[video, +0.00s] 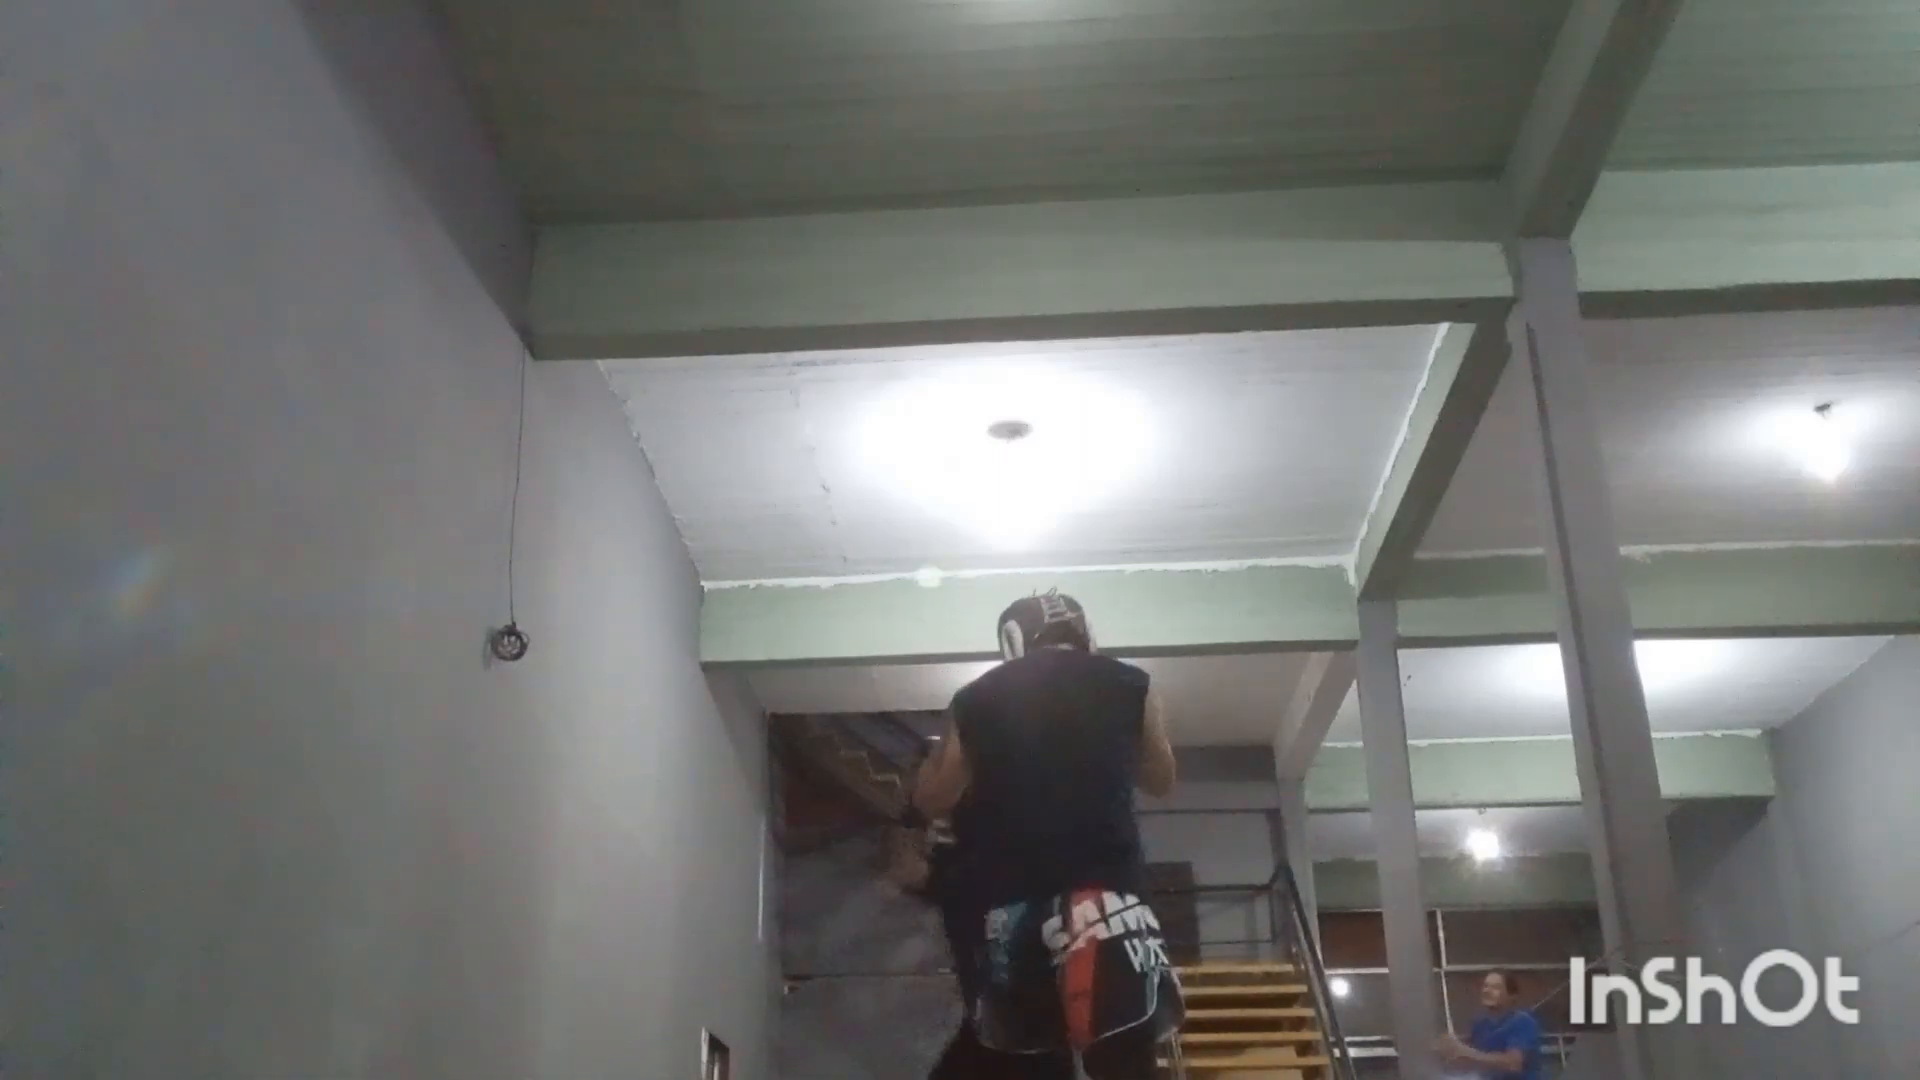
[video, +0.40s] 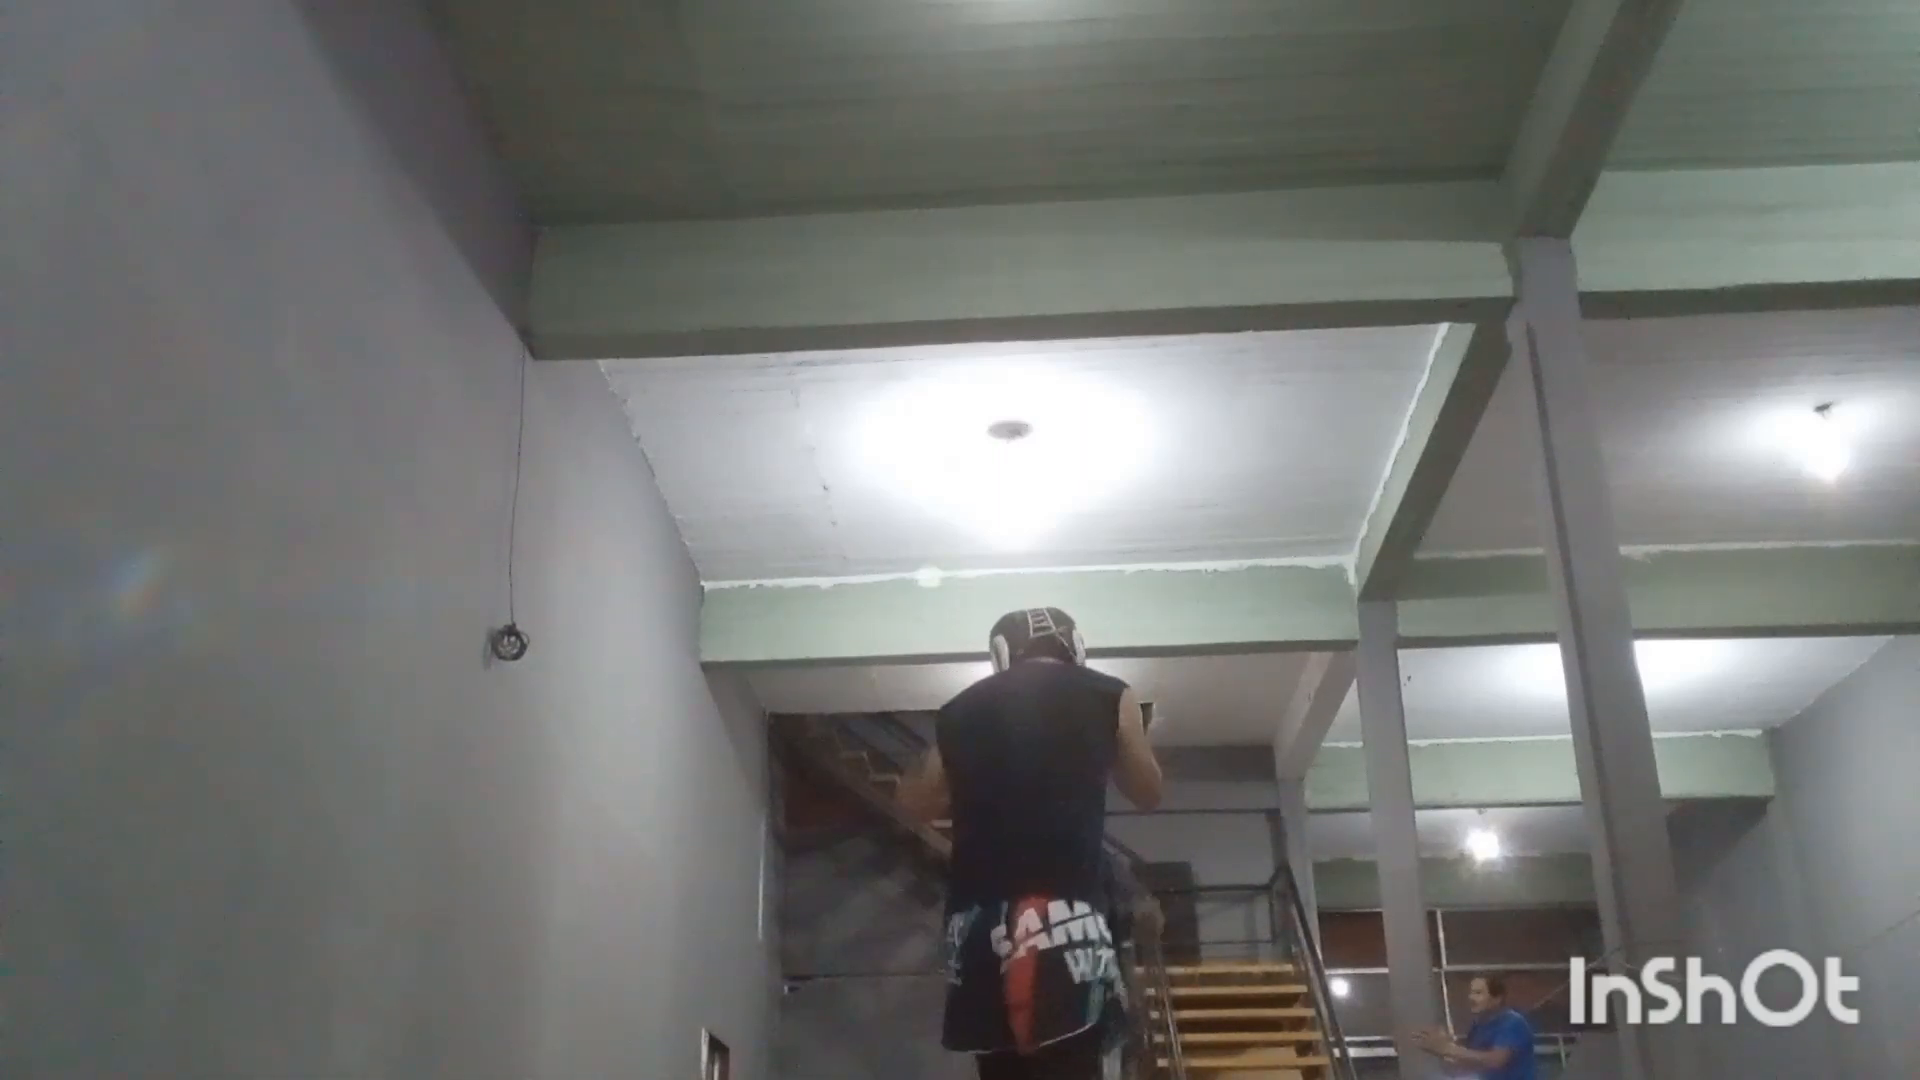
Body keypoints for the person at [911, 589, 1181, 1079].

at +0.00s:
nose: (1009, 648)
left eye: (1009, 641)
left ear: (1017, 642)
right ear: (1083, 636)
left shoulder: (977, 698)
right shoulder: (1127, 681)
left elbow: (934, 798)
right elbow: (1161, 779)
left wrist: (939, 757)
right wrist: (1106, 739)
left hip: (1012, 904)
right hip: (1112, 896)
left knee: (1029, 1059)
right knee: (1126, 1060)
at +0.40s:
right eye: (1080, 650)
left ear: (1005, 654)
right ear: (1072, 649)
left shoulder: (962, 709)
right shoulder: (1108, 694)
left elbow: (914, 800)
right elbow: (1148, 793)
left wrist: (981, 789)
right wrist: (1130, 735)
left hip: (980, 923)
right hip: (1073, 920)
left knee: (1000, 1067)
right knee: (1074, 1068)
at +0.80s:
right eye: (1069, 663)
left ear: (995, 671)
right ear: (1059, 660)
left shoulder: (962, 712)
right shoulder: (1091, 698)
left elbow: (947, 810)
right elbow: (1149, 784)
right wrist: (1117, 734)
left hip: (957, 912)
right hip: (1043, 907)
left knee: (988, 1062)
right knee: (1051, 1061)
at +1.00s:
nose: (1068, 665)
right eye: (1064, 658)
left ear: (990, 667)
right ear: (1056, 660)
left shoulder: (946, 723)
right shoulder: (1086, 707)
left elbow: (904, 825)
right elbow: (1146, 793)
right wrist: (1148, 769)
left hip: (948, 928)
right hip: (1029, 923)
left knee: (974, 1063)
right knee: (1031, 1063)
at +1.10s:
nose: (1067, 662)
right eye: (1064, 654)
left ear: (985, 664)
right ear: (1054, 656)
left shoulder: (939, 718)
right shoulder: (1078, 708)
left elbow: (889, 823)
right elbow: (1135, 808)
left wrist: (951, 808)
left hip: (942, 916)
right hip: (1026, 912)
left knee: (971, 1063)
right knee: (1030, 1064)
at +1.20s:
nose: (1050, 659)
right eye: (1048, 651)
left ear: (967, 662)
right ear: (1037, 652)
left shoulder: (925, 716)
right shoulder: (1066, 702)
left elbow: (888, 826)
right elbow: (1120, 809)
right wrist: (1094, 759)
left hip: (933, 911)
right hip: (1019, 908)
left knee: (966, 1063)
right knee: (1018, 1065)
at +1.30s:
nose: (1029, 669)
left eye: (1027, 663)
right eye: (1026, 661)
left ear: (953, 672)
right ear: (1012, 661)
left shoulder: (912, 726)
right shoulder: (1047, 701)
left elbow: (903, 831)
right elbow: (1116, 794)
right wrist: (1105, 754)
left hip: (925, 906)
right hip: (1016, 903)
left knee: (952, 1062)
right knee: (1019, 1063)